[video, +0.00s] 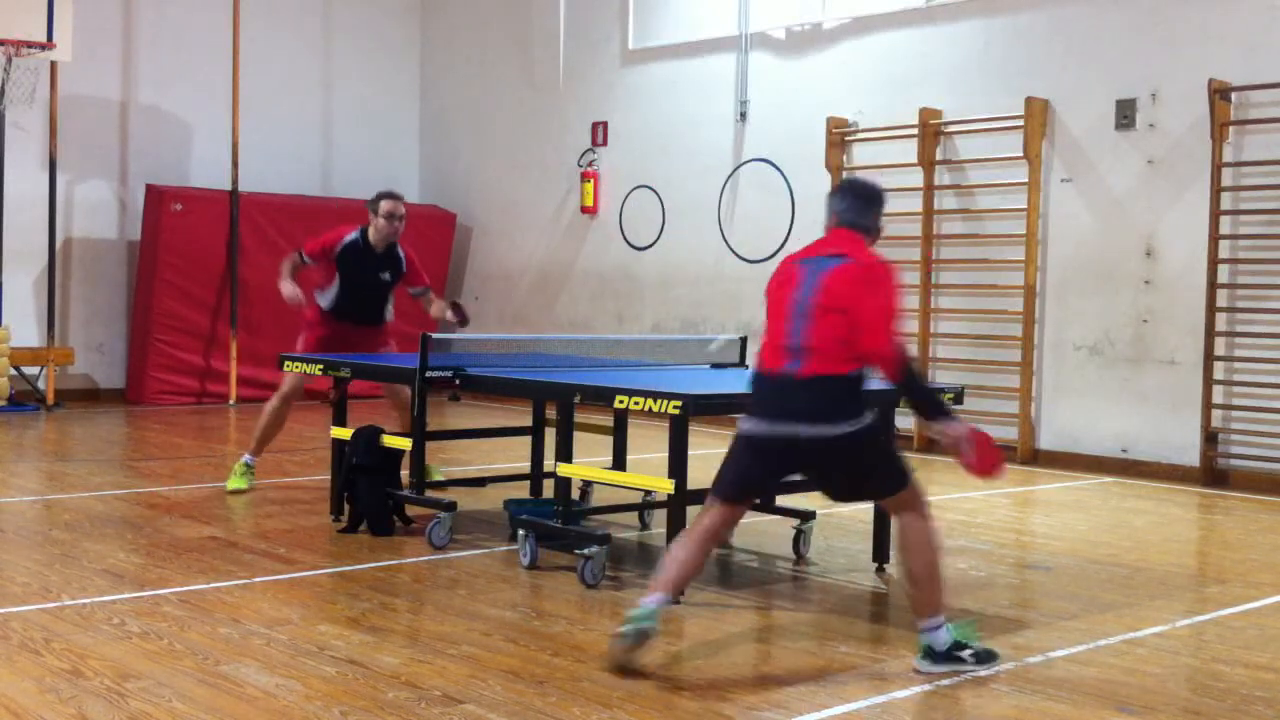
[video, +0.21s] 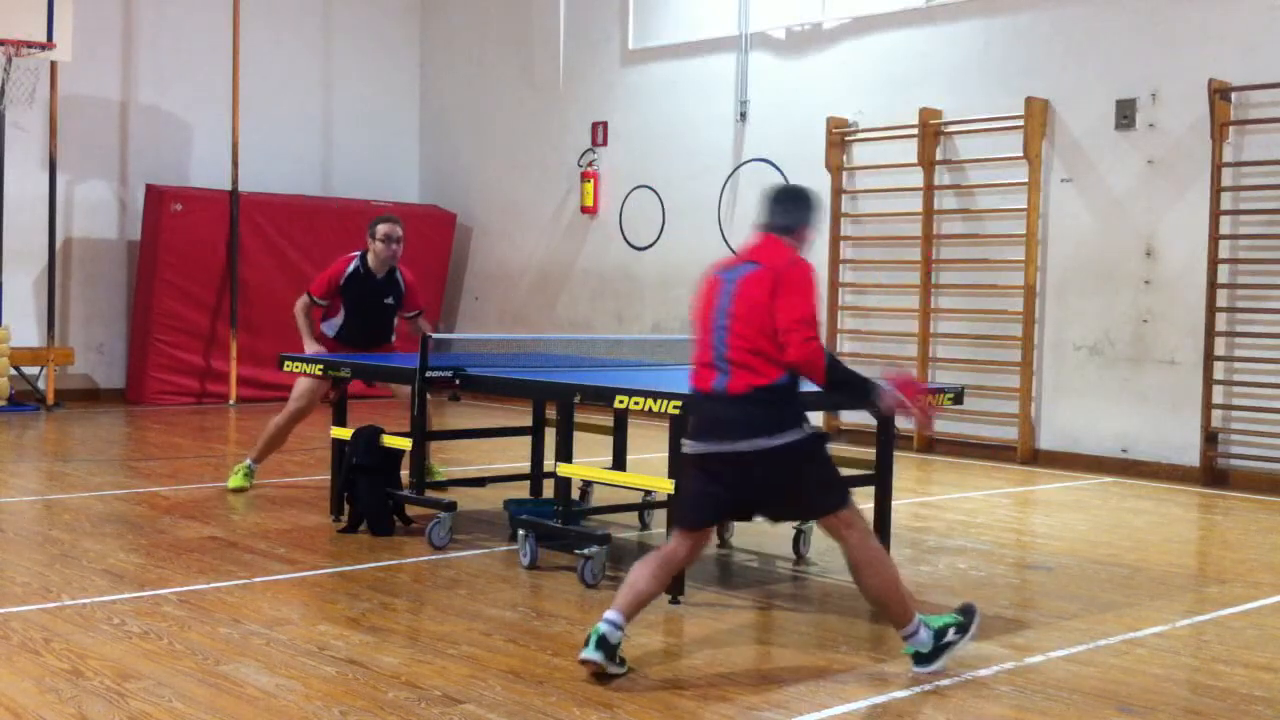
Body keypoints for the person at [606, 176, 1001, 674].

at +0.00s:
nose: (879, 228)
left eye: (872, 220)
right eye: (879, 221)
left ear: (830, 217)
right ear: (876, 223)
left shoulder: (790, 264)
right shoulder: (869, 269)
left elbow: (782, 350)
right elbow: (882, 349)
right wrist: (936, 413)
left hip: (766, 422)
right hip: (836, 426)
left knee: (716, 515)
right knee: (910, 509)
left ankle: (647, 609)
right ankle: (937, 638)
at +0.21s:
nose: (812, 239)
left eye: (810, 229)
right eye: (812, 230)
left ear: (763, 222)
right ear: (804, 229)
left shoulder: (719, 270)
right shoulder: (791, 269)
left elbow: (716, 353)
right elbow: (800, 350)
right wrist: (870, 391)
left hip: (706, 432)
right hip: (770, 432)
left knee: (682, 541)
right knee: (848, 527)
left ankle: (607, 631)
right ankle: (919, 635)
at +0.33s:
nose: (748, 226)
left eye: (743, 220)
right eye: (746, 220)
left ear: (697, 216)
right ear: (739, 218)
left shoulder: (656, 273)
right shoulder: (755, 252)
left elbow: (655, 365)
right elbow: (795, 318)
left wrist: (705, 330)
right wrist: (736, 298)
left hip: (700, 442)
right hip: (779, 430)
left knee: (655, 535)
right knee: (848, 523)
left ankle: (606, 641)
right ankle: (914, 640)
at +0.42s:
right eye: (706, 205)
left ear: (656, 216)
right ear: (708, 210)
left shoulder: (642, 285)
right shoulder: (739, 248)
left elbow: (640, 381)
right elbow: (781, 271)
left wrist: (679, 349)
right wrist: (730, 227)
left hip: (706, 435)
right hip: (783, 421)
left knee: (632, 516)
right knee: (852, 520)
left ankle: (611, 651)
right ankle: (924, 632)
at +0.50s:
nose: (633, 226)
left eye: (633, 219)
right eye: (635, 219)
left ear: (639, 222)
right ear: (688, 217)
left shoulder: (638, 291)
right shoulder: (733, 255)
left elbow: (645, 385)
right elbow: (786, 305)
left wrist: (678, 347)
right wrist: (734, 283)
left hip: (709, 435)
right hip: (782, 421)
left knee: (625, 514)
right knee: (849, 516)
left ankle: (610, 650)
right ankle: (926, 621)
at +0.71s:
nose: (686, 230)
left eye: (688, 222)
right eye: (690, 222)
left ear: (697, 227)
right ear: (736, 227)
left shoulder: (680, 287)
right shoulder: (774, 277)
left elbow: (659, 369)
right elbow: (827, 339)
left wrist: (701, 346)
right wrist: (778, 326)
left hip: (723, 436)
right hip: (794, 431)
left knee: (645, 520)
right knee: (840, 509)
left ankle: (605, 647)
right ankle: (886, 619)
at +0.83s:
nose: (766, 204)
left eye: (768, 197)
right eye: (774, 196)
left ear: (773, 202)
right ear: (814, 205)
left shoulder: (747, 261)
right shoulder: (847, 258)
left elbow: (718, 336)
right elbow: (896, 330)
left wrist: (758, 316)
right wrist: (854, 294)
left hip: (776, 412)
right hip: (843, 412)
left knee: (707, 507)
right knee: (875, 495)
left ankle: (678, 613)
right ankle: (889, 590)